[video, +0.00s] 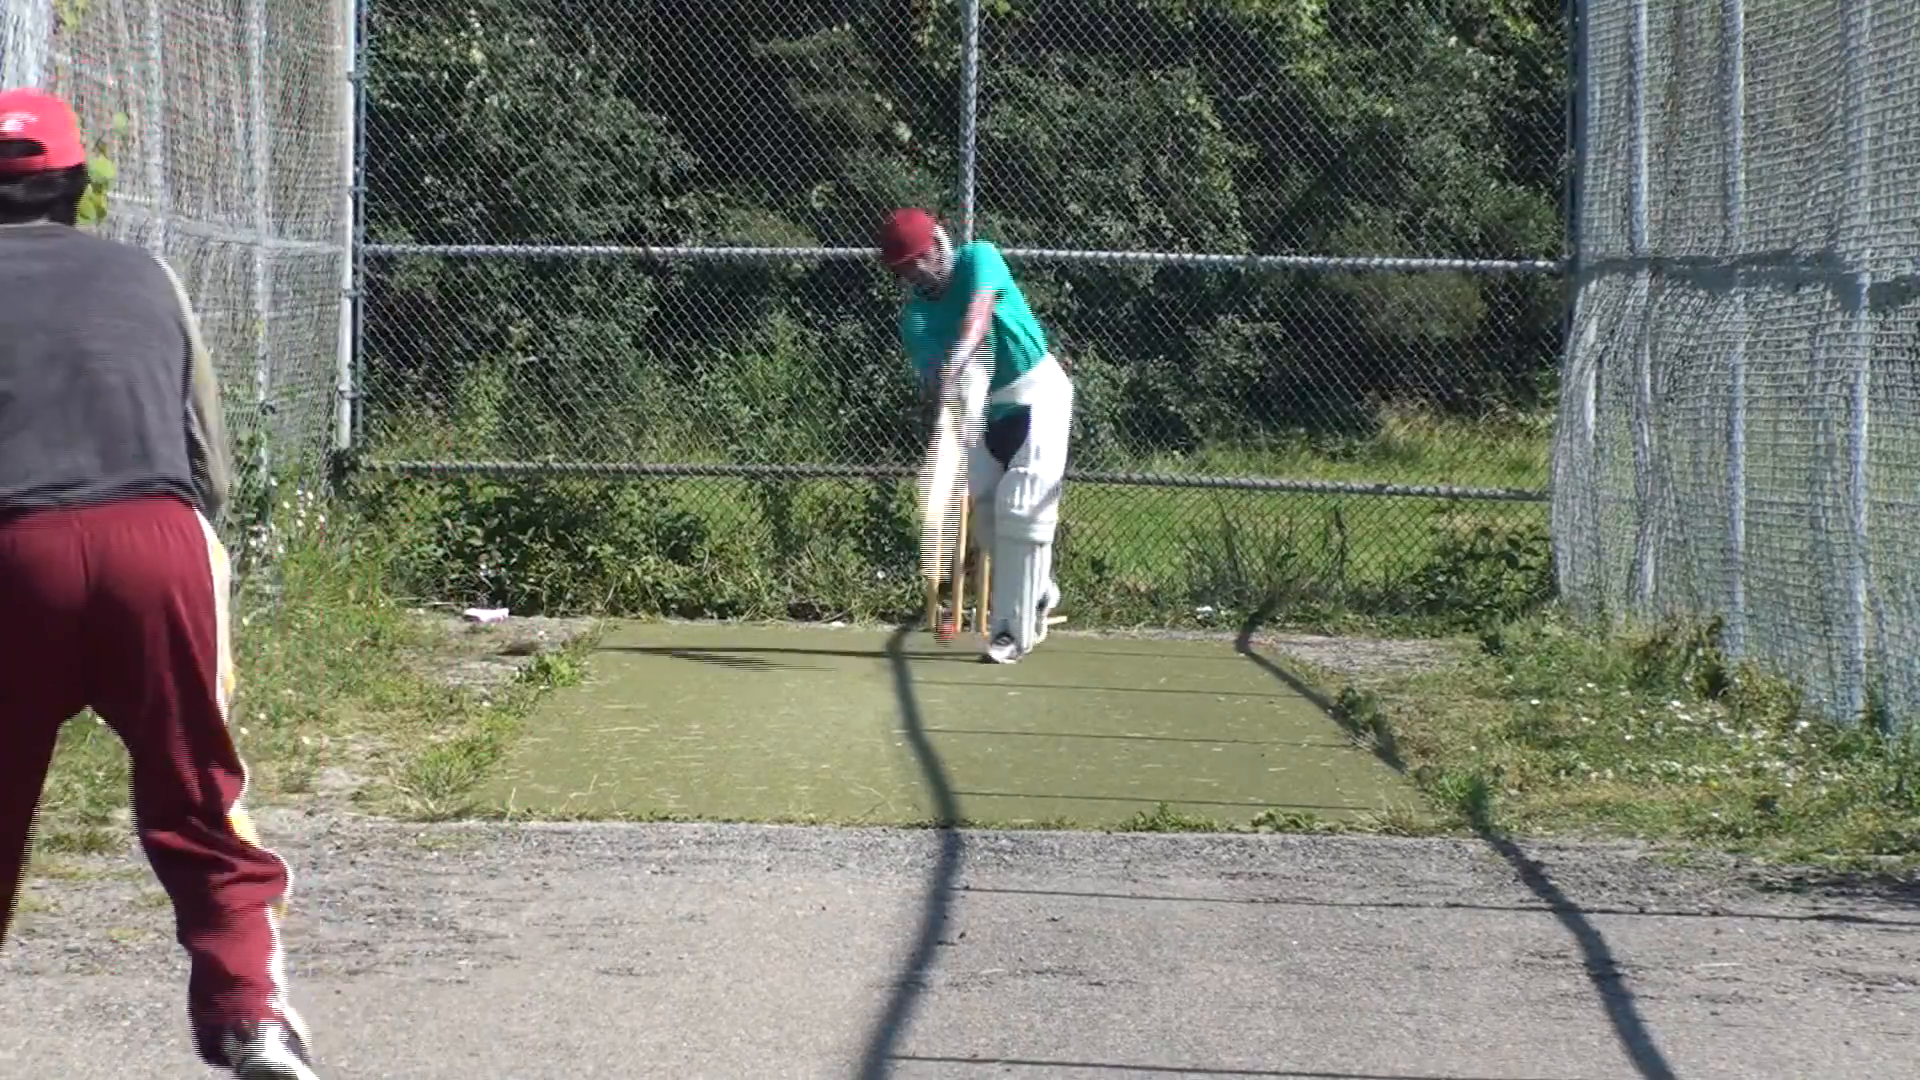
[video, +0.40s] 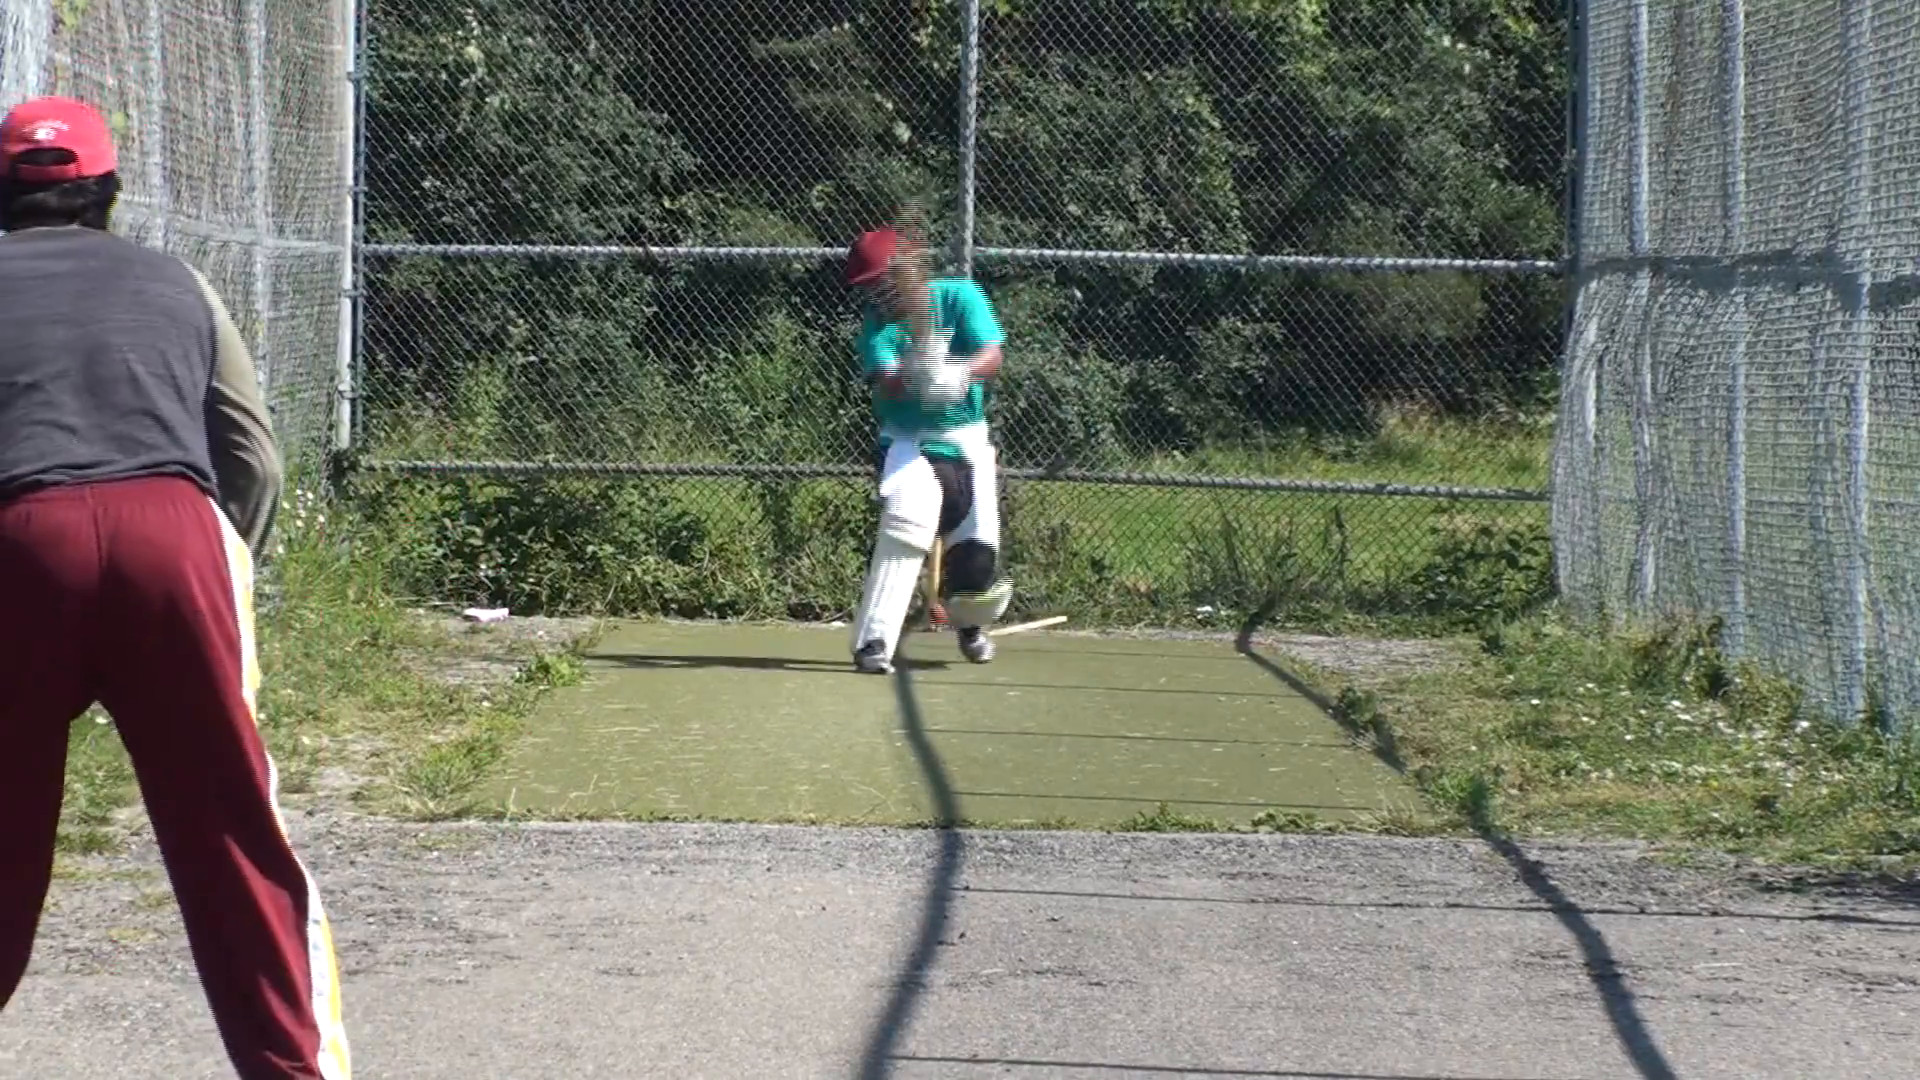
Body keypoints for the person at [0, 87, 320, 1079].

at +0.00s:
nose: (54, 190)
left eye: (27, 177)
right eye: (70, 177)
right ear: (76, 183)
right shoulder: (143, 271)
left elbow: (207, 445)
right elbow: (205, 446)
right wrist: (194, 543)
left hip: (20, 555)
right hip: (157, 545)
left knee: (2, 821)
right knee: (198, 792)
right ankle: (246, 1018)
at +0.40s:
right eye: (101, 186)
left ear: (4, 195)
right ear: (106, 194)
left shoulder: (0, 270)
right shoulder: (173, 278)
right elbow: (250, 451)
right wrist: (220, 568)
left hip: (25, 537)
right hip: (170, 533)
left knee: (6, 835)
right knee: (225, 819)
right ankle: (291, 1059)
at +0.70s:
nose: (132, 192)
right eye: (142, 177)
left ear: (46, 188)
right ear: (156, 188)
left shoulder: (11, 271)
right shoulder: (223, 283)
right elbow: (279, 451)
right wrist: (248, 577)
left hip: (41, 525)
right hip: (192, 525)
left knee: (11, 821)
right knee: (235, 811)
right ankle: (294, 1059)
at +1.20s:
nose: (375, 143)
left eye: (367, 126)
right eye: (362, 131)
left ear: (261, 150)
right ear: (330, 154)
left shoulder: (184, 243)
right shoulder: (368, 266)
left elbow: (163, 376)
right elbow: (411, 440)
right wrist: (433, 561)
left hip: (159, 542)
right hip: (283, 551)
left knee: (113, 801)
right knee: (317, 824)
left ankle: (5, 994)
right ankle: (257, 1058)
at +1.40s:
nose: (540, 183)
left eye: (542, 164)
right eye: (526, 163)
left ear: (439, 167)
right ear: (465, 170)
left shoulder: (341, 226)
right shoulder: (447, 261)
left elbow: (333, 390)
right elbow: (492, 459)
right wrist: (597, 536)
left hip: (263, 512)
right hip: (338, 528)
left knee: (353, 763)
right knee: (346, 782)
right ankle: (272, 1050)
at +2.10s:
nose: (941, 203)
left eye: (945, 183)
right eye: (929, 182)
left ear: (870, 188)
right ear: (872, 183)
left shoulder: (858, 282)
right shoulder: (781, 258)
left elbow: (853, 458)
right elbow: (807, 430)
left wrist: (909, 583)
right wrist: (979, 358)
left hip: (824, 577)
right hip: (729, 570)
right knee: (788, 828)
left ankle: (739, 973)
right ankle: (753, 1062)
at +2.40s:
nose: (1113, 179)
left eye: (1112, 161)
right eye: (1105, 161)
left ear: (1021, 158)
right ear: (1072, 169)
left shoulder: (1026, 261)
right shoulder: (993, 255)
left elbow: (1062, 438)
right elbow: (999, 453)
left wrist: (1173, 509)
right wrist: (1137, 564)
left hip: (997, 580)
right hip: (928, 577)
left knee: (1063, 851)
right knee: (943, 839)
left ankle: (1015, 1066)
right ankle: (780, 1043)